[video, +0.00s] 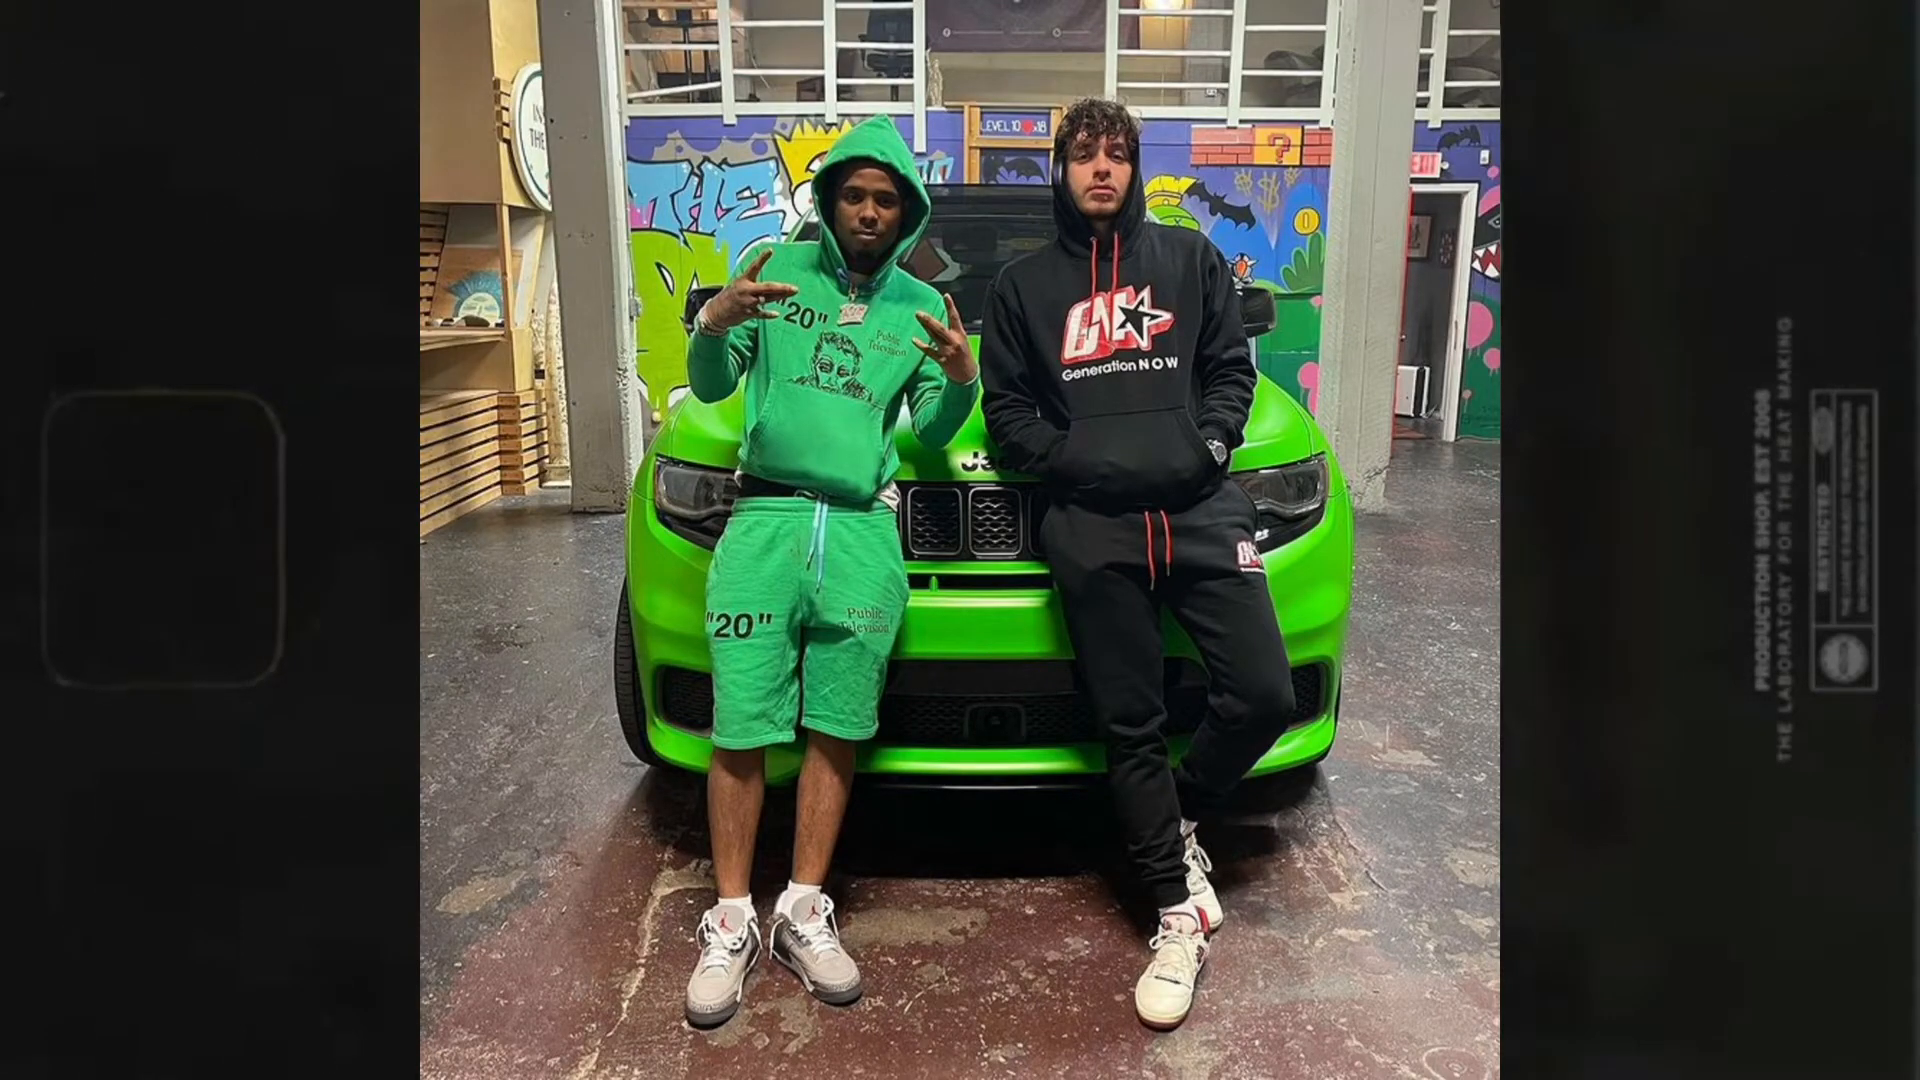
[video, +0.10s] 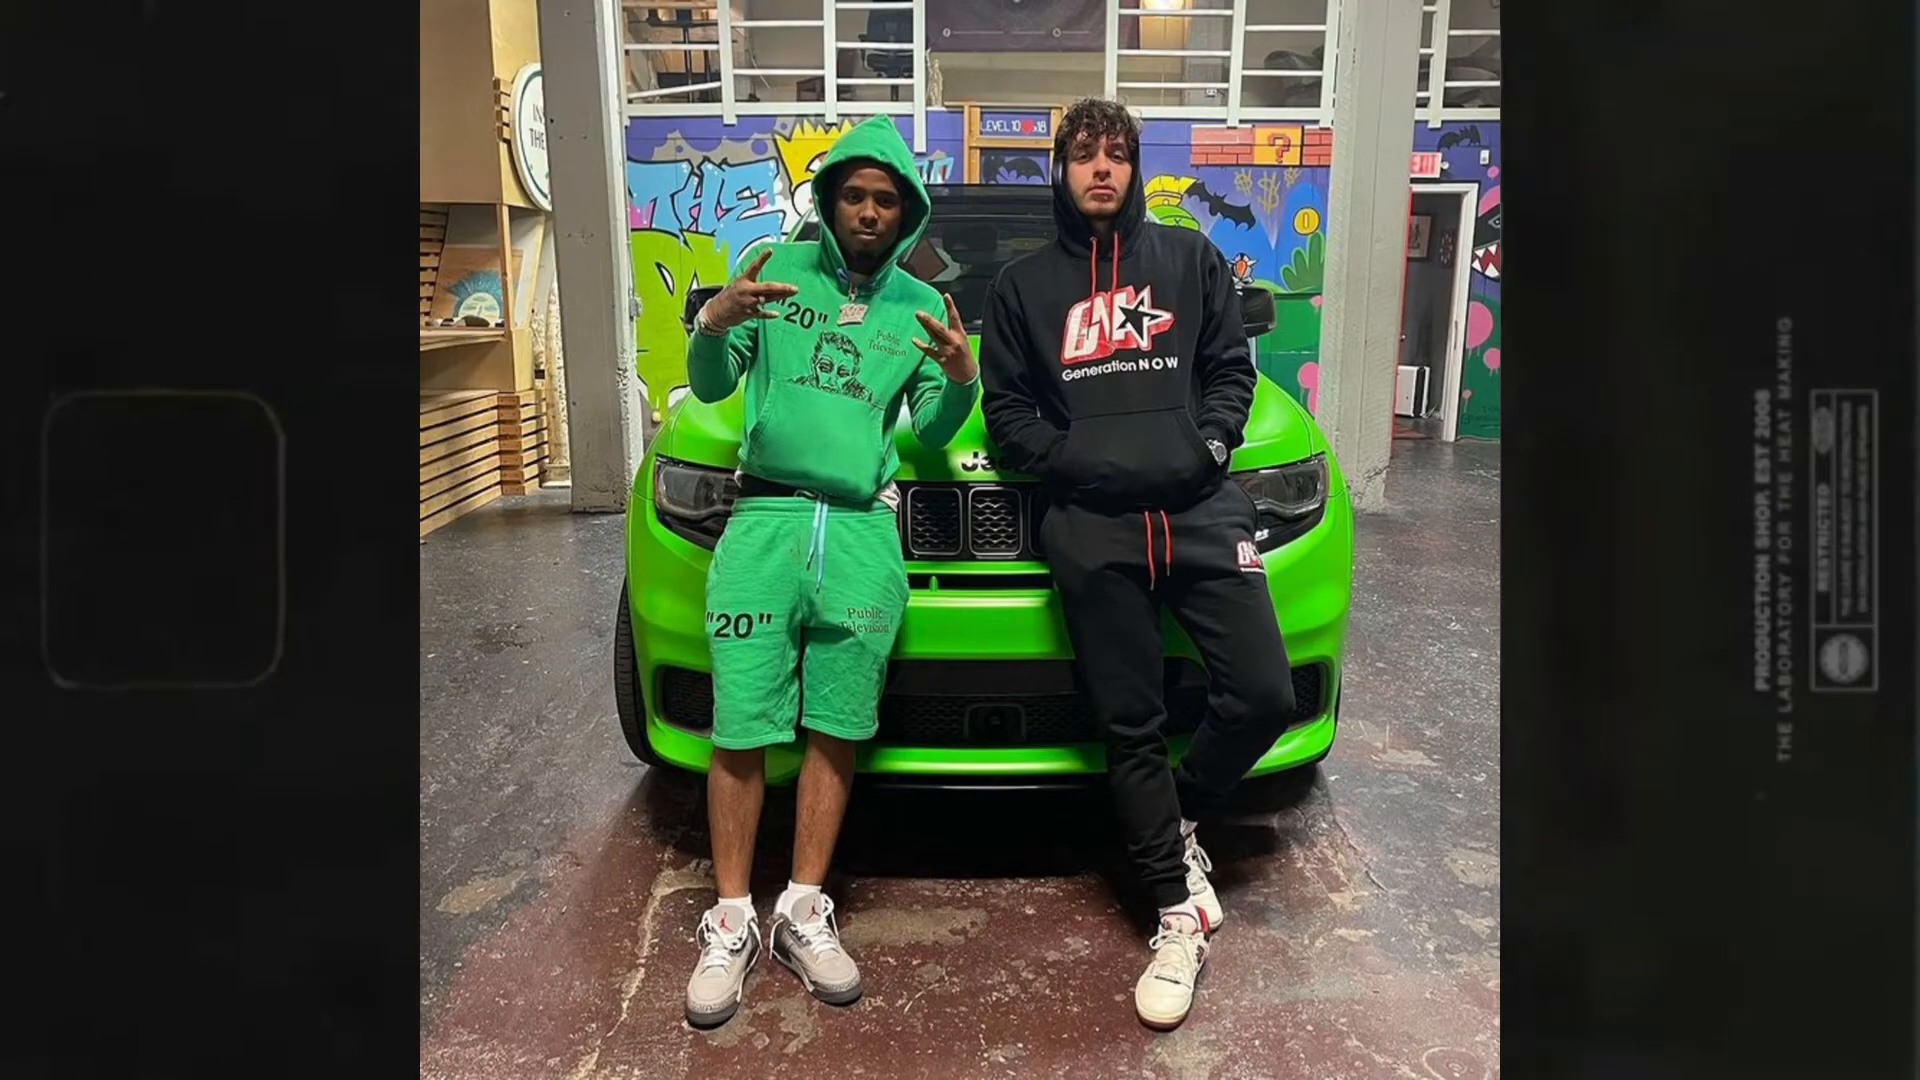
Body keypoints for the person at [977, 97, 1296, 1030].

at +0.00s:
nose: (1101, 171)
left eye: (1115, 159)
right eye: (1086, 159)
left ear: (1137, 170)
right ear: (1061, 172)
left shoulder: (1193, 257)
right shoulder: (1019, 281)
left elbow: (1232, 367)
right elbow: (1005, 405)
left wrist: (1208, 445)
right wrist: (1066, 456)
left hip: (1200, 502)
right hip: (1090, 513)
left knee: (1262, 693)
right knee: (1131, 719)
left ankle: (1179, 819)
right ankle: (1179, 917)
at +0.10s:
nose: (1101, 171)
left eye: (1115, 159)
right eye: (1086, 159)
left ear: (1137, 170)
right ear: (1061, 172)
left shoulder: (1193, 257)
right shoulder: (1019, 281)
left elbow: (1232, 367)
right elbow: (1005, 405)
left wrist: (1208, 445)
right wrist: (1066, 456)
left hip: (1200, 502)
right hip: (1090, 513)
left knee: (1262, 693)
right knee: (1131, 719)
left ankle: (1179, 819)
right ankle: (1179, 917)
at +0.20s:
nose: (1101, 171)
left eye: (1115, 159)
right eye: (1086, 159)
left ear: (1137, 170)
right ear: (1061, 172)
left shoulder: (1193, 257)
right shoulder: (1019, 281)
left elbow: (1232, 367)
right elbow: (1005, 405)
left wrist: (1208, 445)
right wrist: (1066, 456)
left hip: (1200, 502)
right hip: (1090, 513)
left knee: (1262, 693)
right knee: (1131, 719)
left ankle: (1179, 819)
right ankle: (1179, 917)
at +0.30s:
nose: (1101, 171)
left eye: (1115, 159)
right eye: (1086, 159)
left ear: (1137, 170)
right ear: (1061, 172)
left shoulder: (1193, 257)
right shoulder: (1019, 281)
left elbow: (1232, 367)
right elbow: (1005, 405)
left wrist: (1208, 445)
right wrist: (1066, 456)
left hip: (1200, 502)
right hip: (1090, 513)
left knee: (1262, 693)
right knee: (1131, 719)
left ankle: (1179, 819)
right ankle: (1179, 917)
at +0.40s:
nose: (1101, 171)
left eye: (1115, 159)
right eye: (1086, 159)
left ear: (1137, 170)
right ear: (1061, 172)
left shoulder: (1193, 257)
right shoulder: (1019, 281)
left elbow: (1232, 367)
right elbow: (1005, 405)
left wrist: (1208, 445)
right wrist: (1066, 456)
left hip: (1200, 502)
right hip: (1090, 513)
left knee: (1262, 693)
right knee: (1131, 719)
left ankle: (1179, 819)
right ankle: (1179, 917)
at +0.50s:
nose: (1101, 171)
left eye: (1115, 159)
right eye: (1086, 159)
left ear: (1137, 170)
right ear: (1061, 172)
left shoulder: (1193, 257)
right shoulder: (1019, 281)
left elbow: (1232, 367)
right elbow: (1005, 405)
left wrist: (1208, 445)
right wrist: (1066, 456)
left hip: (1200, 502)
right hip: (1090, 513)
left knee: (1262, 693)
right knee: (1131, 719)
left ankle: (1179, 819)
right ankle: (1179, 917)